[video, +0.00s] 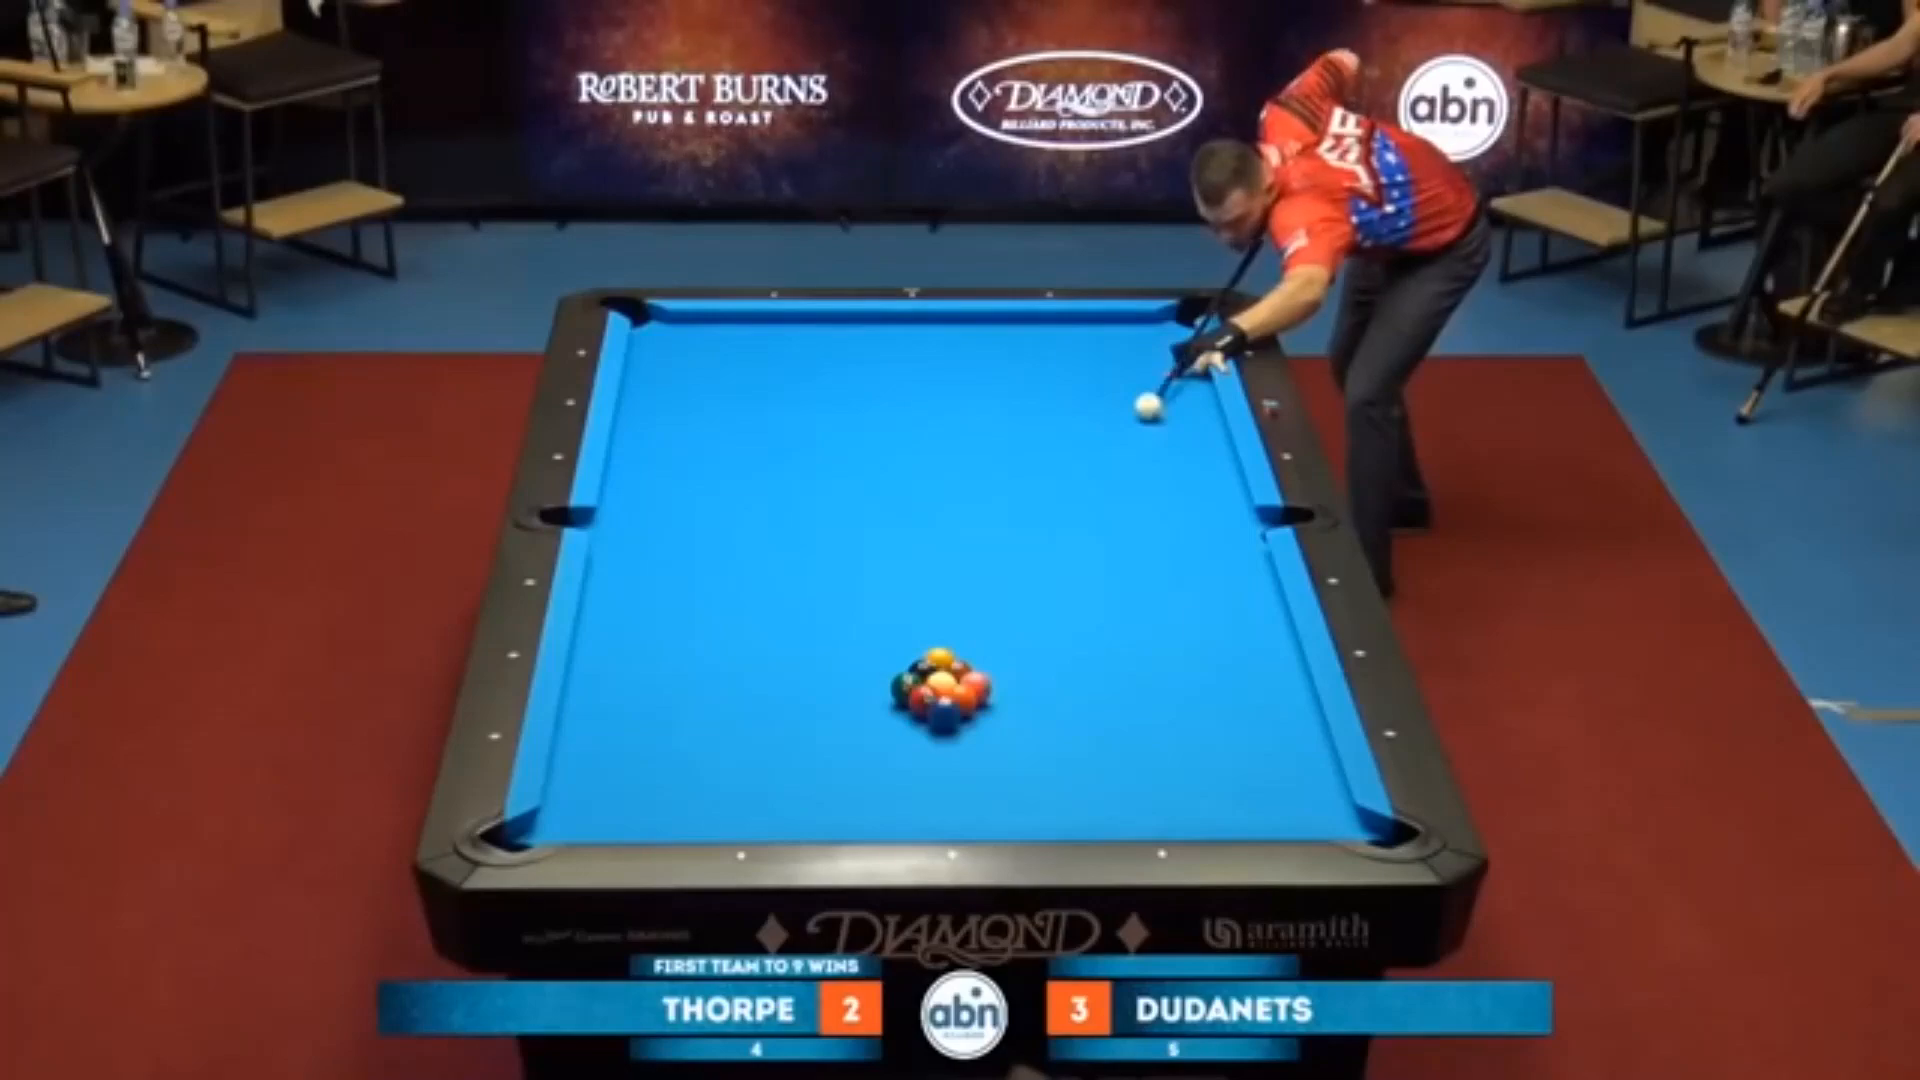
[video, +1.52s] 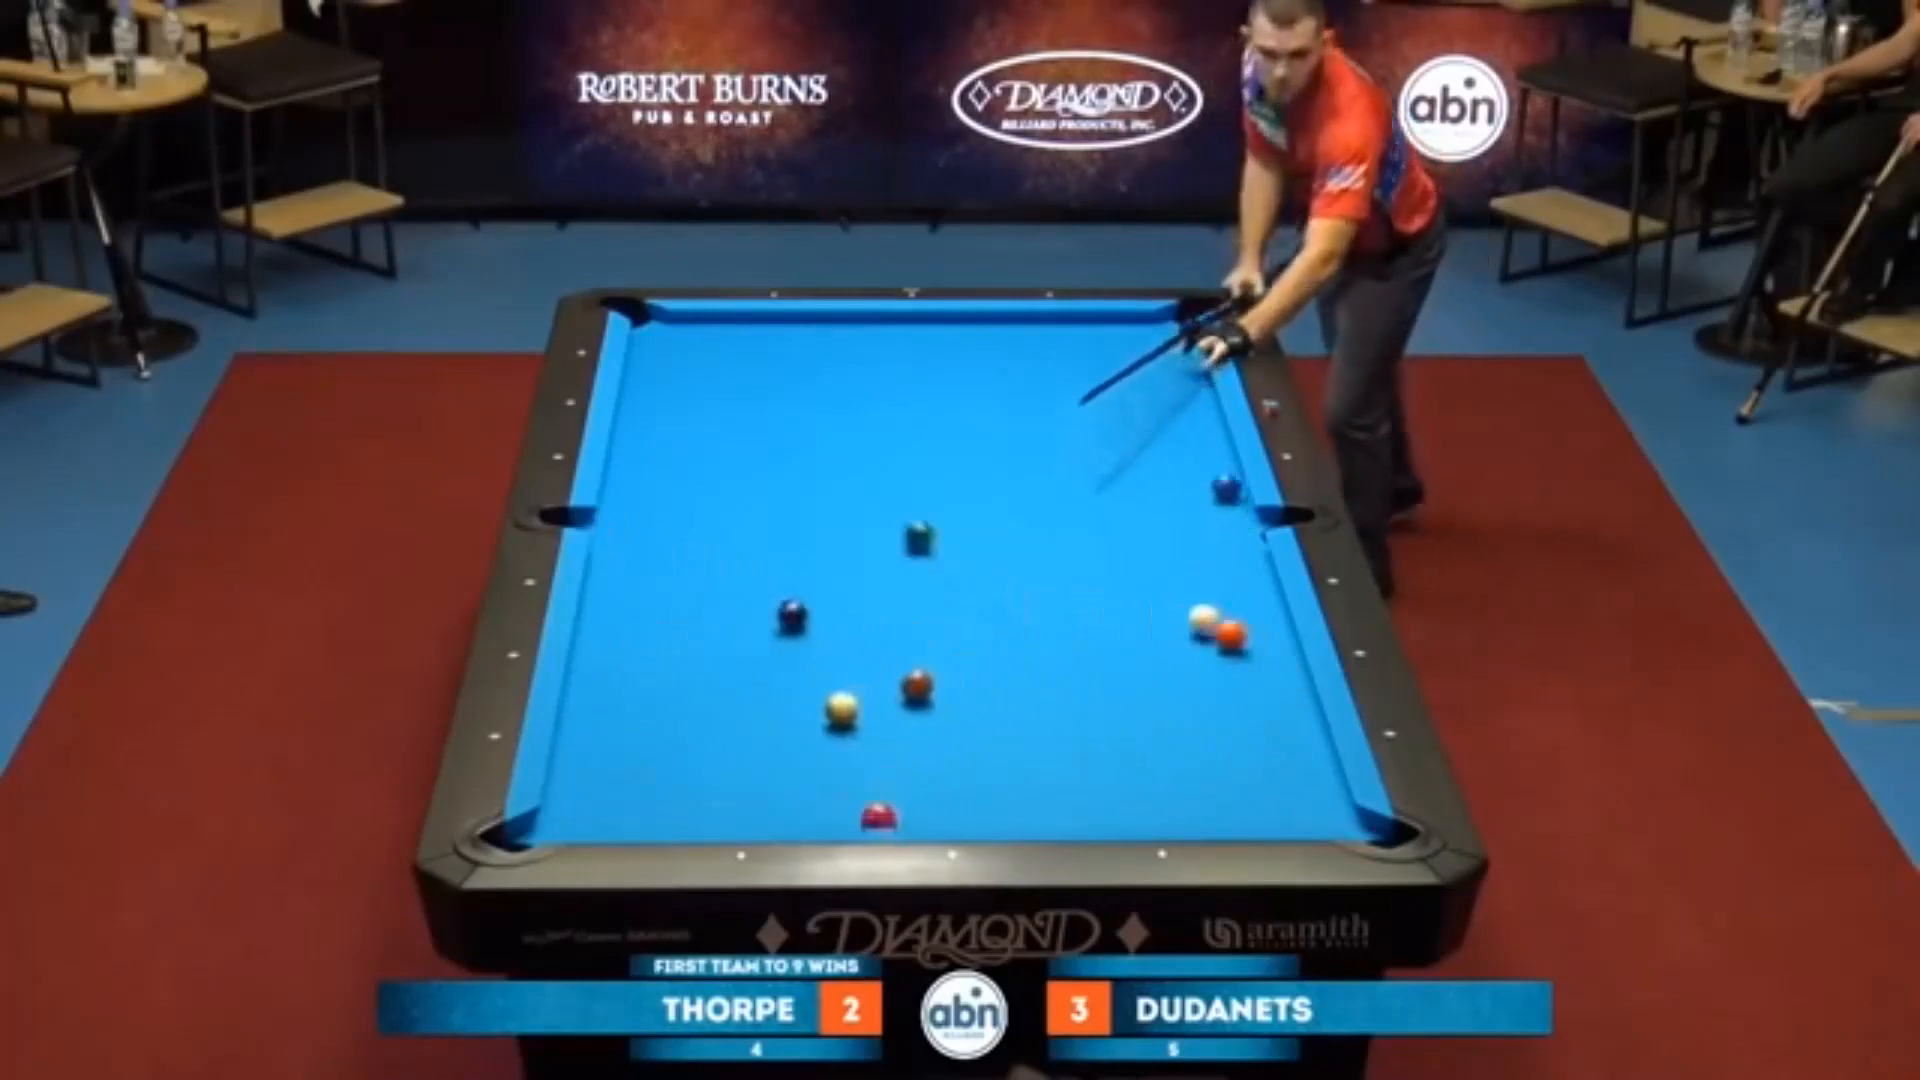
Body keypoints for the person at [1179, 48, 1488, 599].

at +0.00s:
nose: (1229, 238)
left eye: (1237, 224)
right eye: (1217, 227)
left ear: (1265, 184)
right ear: (1202, 203)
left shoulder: (1305, 203)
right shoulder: (1281, 120)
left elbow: (1308, 289)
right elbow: (1342, 60)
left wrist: (1229, 336)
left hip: (1446, 242)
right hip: (1384, 238)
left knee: (1369, 393)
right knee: (1349, 367)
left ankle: (1370, 573)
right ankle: (1406, 497)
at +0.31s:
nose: (1228, 223)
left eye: (1235, 209)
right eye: (1217, 212)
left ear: (1264, 168)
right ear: (1201, 187)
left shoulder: (1303, 196)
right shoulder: (1289, 105)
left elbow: (1308, 285)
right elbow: (1351, 53)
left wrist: (1229, 335)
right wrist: (1361, 46)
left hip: (1441, 254)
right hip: (1382, 244)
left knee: (1348, 396)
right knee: (1350, 369)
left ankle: (1366, 571)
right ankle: (1401, 497)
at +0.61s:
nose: (1233, 112)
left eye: (1243, 97)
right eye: (1221, 100)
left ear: (1275, 73)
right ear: (1209, 80)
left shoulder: (1319, 123)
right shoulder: (1284, 54)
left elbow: (1313, 260)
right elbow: (1285, 137)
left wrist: (1233, 332)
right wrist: (1259, 214)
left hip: (1420, 240)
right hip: (1363, 231)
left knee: (1351, 407)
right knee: (1379, 366)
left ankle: (1368, 574)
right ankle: (1403, 493)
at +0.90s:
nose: (1247, 103)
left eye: (1261, 88)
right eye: (1235, 88)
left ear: (1291, 67)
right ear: (1221, 70)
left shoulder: (1329, 116)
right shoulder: (1262, 69)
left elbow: (1317, 258)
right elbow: (1265, 158)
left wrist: (1234, 337)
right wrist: (1249, 243)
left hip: (1409, 241)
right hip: (1351, 235)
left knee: (1347, 414)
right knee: (1376, 369)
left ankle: (1367, 575)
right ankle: (1402, 491)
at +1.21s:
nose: (1266, 94)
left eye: (1282, 79)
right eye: (1253, 78)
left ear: (1308, 62)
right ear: (1235, 62)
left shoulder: (1343, 121)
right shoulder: (1253, 85)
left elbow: (1322, 262)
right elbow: (1259, 168)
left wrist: (1246, 334)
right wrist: (1250, 260)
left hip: (1402, 244)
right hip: (1341, 239)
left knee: (1348, 414)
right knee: (1376, 369)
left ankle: (1367, 575)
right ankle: (1402, 490)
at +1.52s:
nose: (1279, 71)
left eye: (1296, 57)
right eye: (1267, 55)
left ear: (1325, 43)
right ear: (1250, 39)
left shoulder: (1350, 113)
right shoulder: (1257, 68)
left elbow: (1323, 254)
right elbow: (1262, 162)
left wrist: (1247, 331)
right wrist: (1249, 260)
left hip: (1397, 243)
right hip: (1335, 235)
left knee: (1350, 412)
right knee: (1367, 369)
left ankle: (1368, 572)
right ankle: (1397, 482)